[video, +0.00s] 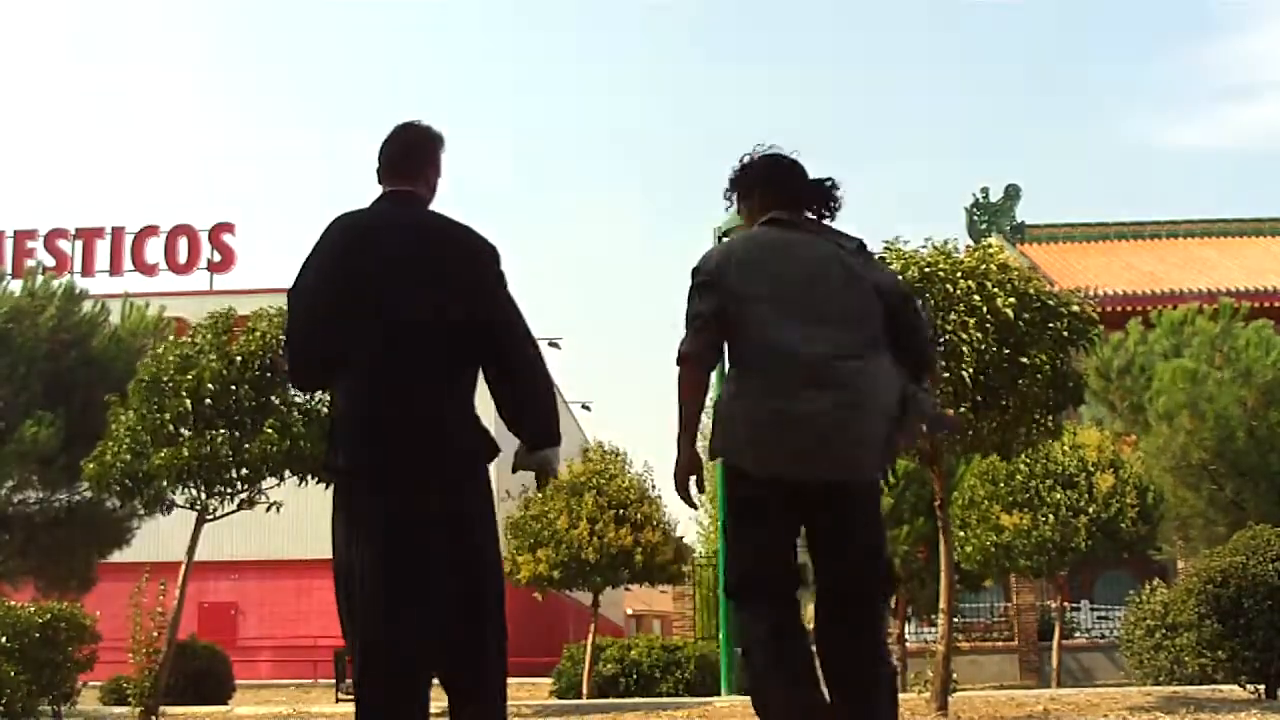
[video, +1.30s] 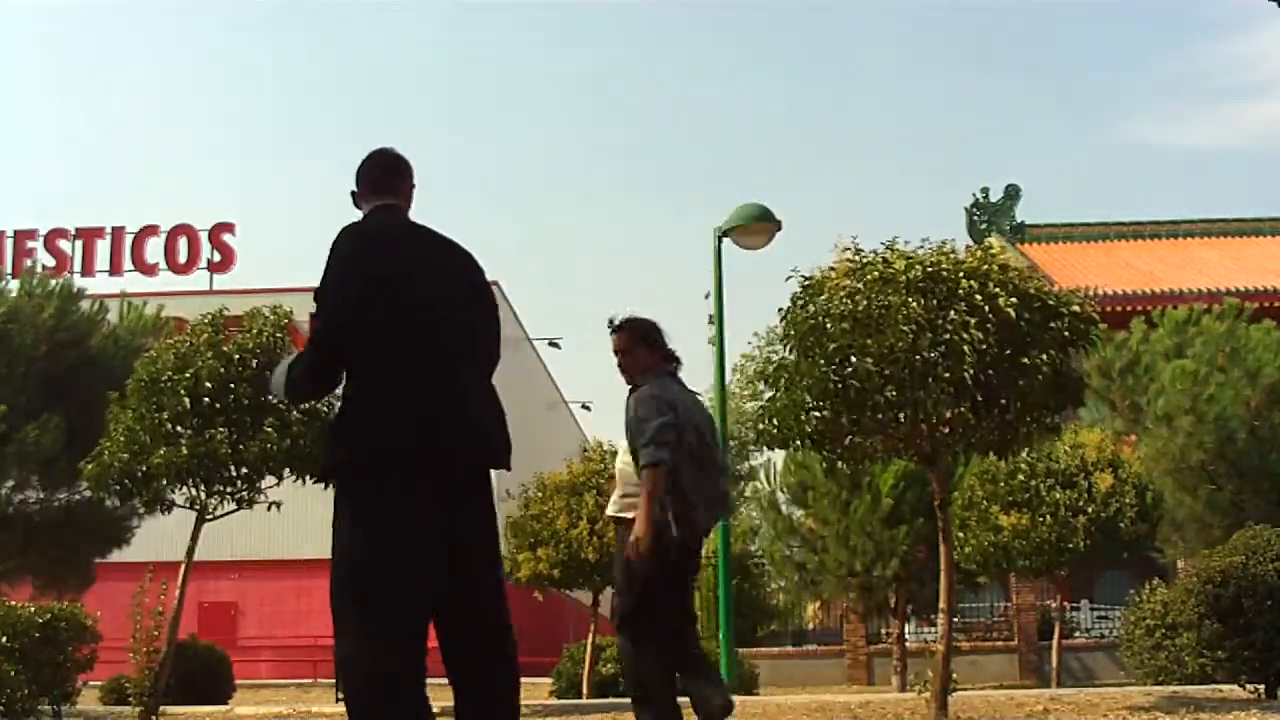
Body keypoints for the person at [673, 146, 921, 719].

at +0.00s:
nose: (734, 214)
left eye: (737, 205)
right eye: (736, 204)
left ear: (752, 204)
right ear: (805, 202)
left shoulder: (726, 257)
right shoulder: (858, 257)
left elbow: (696, 355)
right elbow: (919, 344)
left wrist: (685, 444)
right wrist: (907, 407)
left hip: (758, 456)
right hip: (850, 456)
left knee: (762, 599)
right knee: (855, 601)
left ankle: (792, 711)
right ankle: (866, 711)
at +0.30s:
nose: (697, 277)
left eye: (705, 265)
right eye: (698, 265)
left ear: (739, 265)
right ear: (752, 265)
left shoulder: (721, 327)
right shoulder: (815, 319)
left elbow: (698, 412)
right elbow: (849, 400)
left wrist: (666, 479)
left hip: (753, 494)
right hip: (827, 492)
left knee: (752, 613)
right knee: (832, 599)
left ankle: (781, 713)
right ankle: (860, 698)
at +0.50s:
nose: (697, 278)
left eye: (704, 267)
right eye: (694, 268)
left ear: (737, 267)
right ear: (742, 270)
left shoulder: (738, 322)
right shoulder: (778, 318)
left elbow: (703, 408)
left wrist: (652, 460)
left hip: (758, 479)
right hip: (792, 476)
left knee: (760, 605)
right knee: (781, 602)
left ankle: (776, 710)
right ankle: (799, 708)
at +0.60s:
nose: (699, 298)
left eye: (708, 287)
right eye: (695, 289)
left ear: (740, 287)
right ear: (695, 292)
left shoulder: (736, 341)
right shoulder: (756, 338)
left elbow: (703, 419)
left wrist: (650, 455)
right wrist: (662, 449)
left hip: (754, 486)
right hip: (773, 483)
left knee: (755, 605)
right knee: (761, 604)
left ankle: (779, 709)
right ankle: (781, 707)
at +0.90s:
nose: (689, 316)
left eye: (699, 307)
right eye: (683, 309)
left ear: (727, 310)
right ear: (680, 315)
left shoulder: (720, 353)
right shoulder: (708, 361)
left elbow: (730, 422)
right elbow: (688, 426)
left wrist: (718, 486)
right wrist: (646, 437)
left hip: (723, 494)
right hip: (752, 499)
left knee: (681, 597)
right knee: (751, 610)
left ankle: (717, 701)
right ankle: (759, 708)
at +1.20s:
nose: (635, 361)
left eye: (641, 350)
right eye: (633, 352)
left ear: (670, 350)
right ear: (672, 353)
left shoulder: (666, 394)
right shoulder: (692, 393)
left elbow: (691, 456)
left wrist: (712, 513)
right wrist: (632, 471)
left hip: (659, 528)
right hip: (691, 526)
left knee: (648, 628)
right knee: (702, 619)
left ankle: (661, 712)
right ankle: (744, 691)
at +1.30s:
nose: (617, 362)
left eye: (623, 353)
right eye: (615, 355)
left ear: (651, 352)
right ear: (656, 355)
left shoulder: (649, 396)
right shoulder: (682, 396)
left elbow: (654, 461)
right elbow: (702, 467)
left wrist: (643, 519)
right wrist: (688, 522)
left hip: (656, 526)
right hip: (686, 527)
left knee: (634, 623)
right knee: (675, 623)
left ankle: (656, 710)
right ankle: (712, 700)